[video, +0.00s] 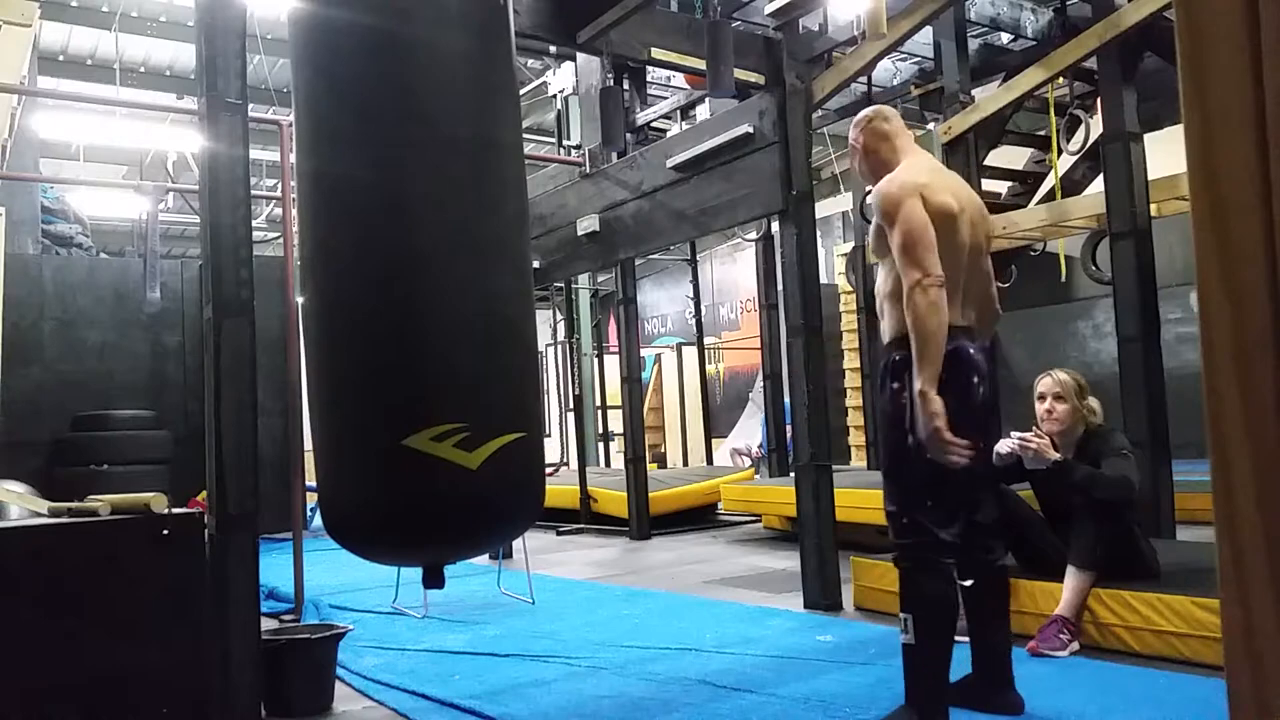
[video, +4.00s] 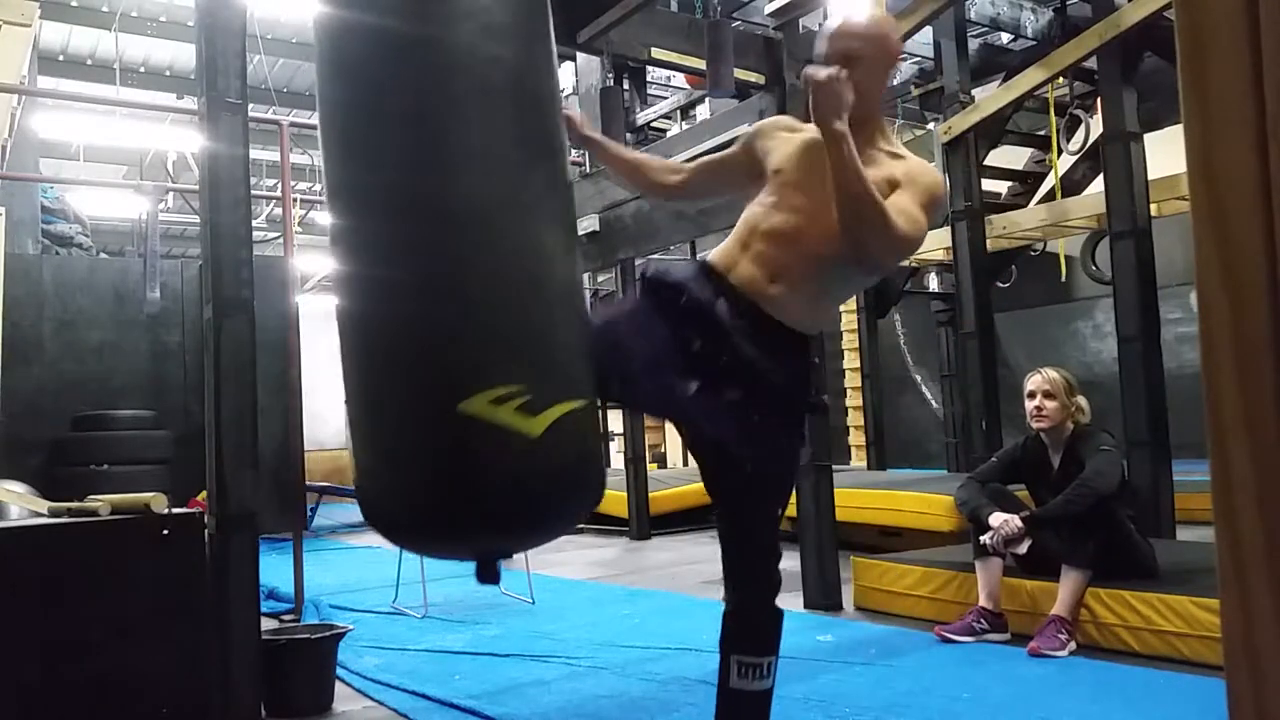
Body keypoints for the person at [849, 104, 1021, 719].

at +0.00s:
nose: (853, 168)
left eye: (851, 155)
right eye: (851, 158)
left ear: (867, 140)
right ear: (904, 136)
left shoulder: (896, 187)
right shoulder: (961, 188)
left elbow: (925, 284)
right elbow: (987, 288)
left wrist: (926, 389)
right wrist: (971, 363)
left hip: (920, 368)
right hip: (971, 365)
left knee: (919, 536)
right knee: (976, 529)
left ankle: (923, 700)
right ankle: (993, 677)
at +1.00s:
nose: (818, 165)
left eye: (819, 147)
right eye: (812, 154)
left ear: (857, 125)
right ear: (866, 128)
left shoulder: (883, 190)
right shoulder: (931, 189)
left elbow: (906, 292)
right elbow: (961, 302)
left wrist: (881, 396)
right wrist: (941, 374)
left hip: (906, 368)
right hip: (943, 365)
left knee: (890, 538)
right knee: (948, 529)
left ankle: (917, 700)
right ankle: (977, 679)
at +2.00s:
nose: (811, 129)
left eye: (820, 114)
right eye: (807, 118)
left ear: (858, 107)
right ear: (866, 114)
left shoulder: (864, 167)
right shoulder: (912, 178)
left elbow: (870, 245)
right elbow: (955, 283)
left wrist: (767, 236)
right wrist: (865, 319)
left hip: (875, 354)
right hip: (918, 352)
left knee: (844, 531)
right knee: (897, 527)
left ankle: (887, 700)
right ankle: (939, 684)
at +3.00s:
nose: (836, 125)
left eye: (846, 111)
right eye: (833, 114)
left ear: (882, 107)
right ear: (887, 113)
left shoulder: (886, 163)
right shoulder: (928, 172)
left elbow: (904, 246)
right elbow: (975, 275)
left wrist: (806, 290)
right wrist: (904, 303)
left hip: (881, 341)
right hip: (925, 343)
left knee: (838, 515)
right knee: (911, 517)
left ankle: (874, 691)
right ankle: (960, 670)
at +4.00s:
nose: (827, 70)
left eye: (846, 59)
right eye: (824, 57)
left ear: (891, 68)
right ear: (816, 63)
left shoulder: (917, 181)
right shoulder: (779, 136)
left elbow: (876, 249)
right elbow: (674, 180)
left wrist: (834, 131)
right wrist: (589, 138)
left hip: (772, 365)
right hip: (687, 308)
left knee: (751, 572)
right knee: (544, 368)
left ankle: (741, 715)